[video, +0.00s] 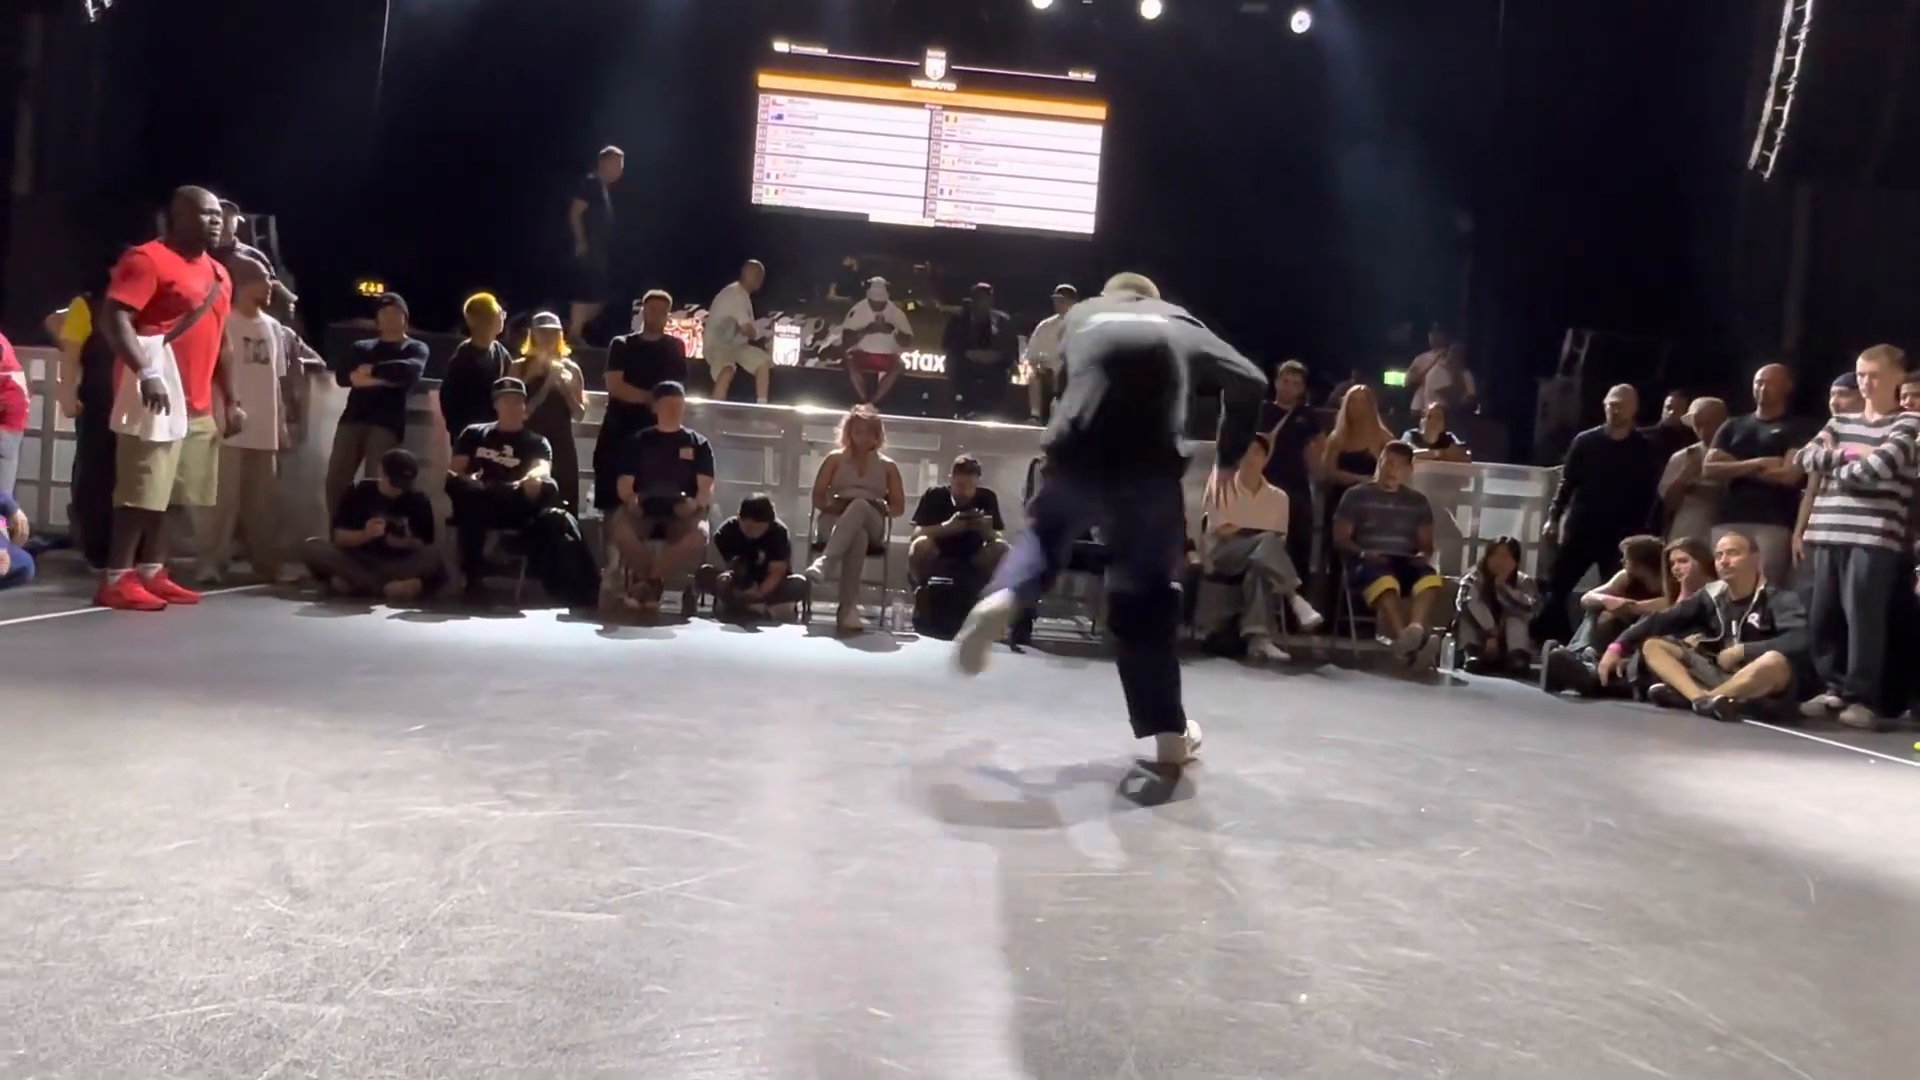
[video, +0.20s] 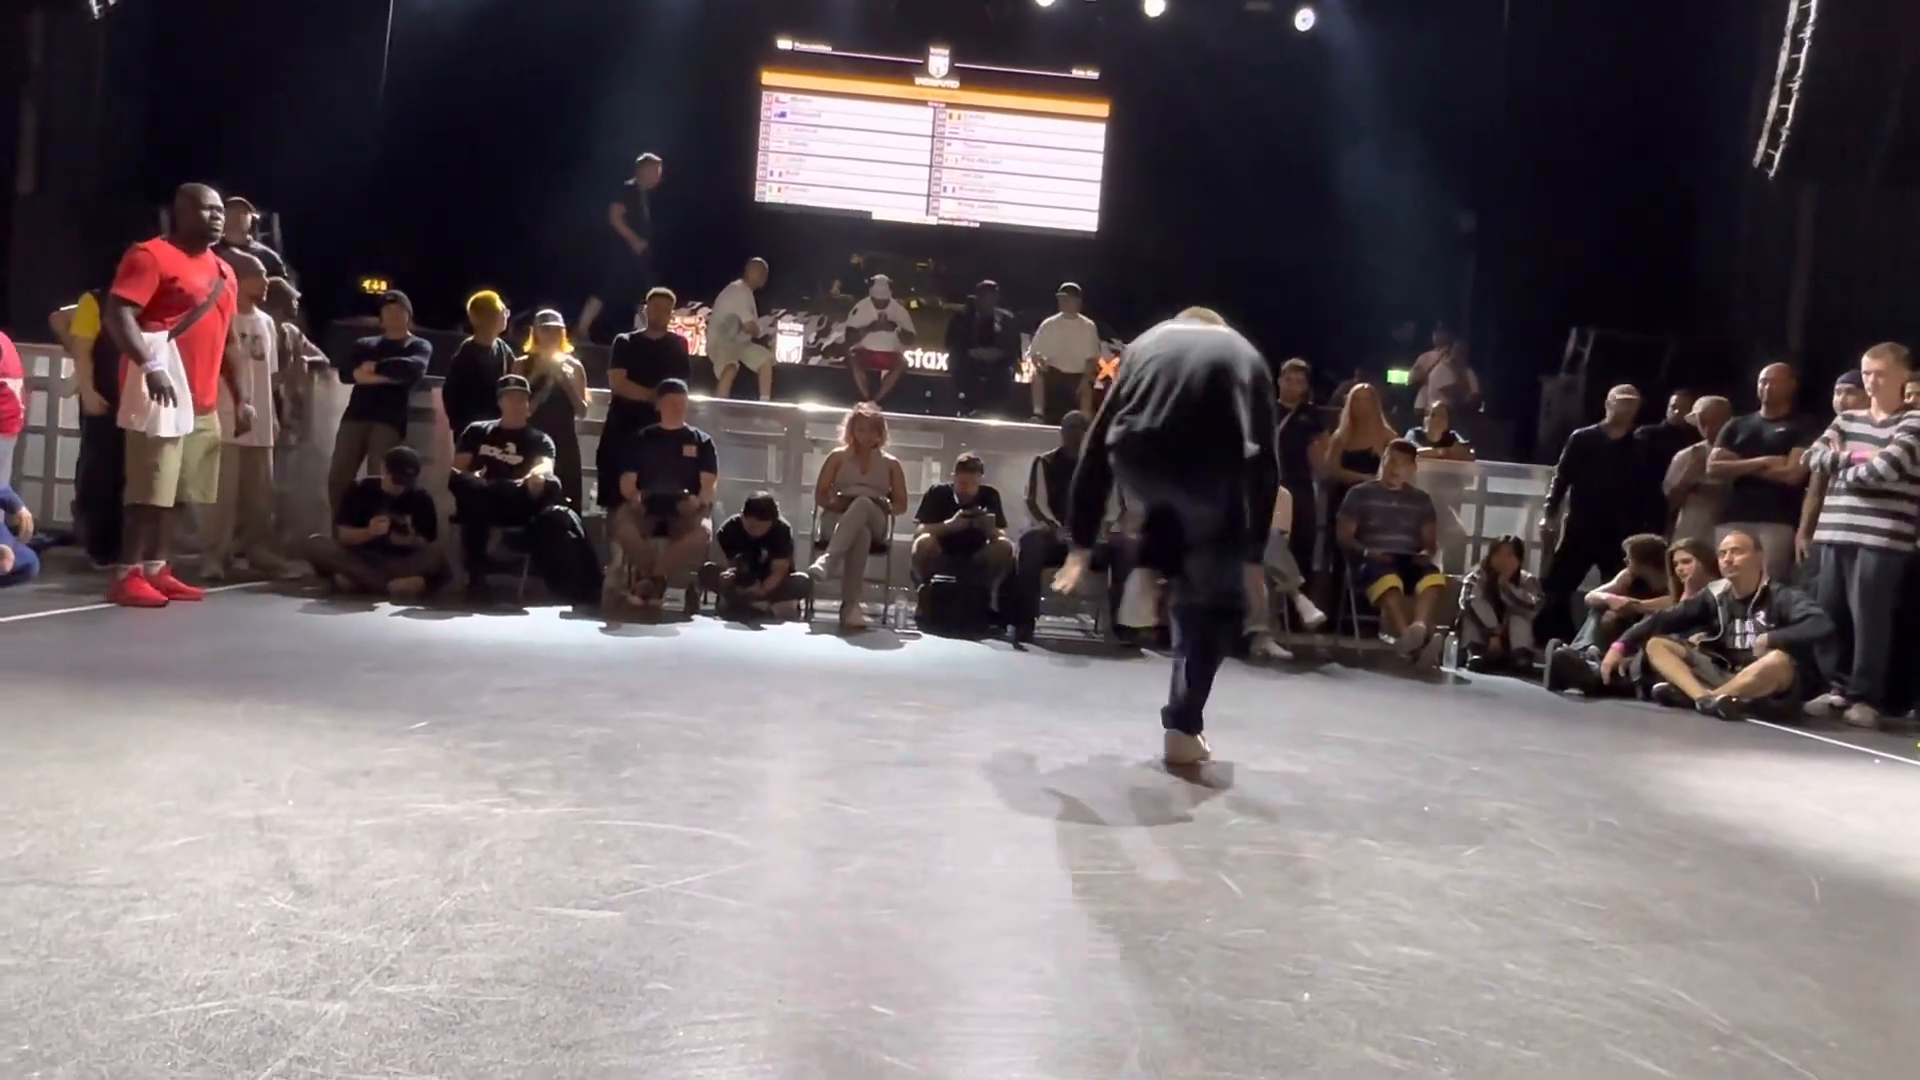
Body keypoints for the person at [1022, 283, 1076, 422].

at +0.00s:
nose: (1062, 305)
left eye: (1066, 301)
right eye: (1058, 300)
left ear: (1074, 303)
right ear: (1054, 302)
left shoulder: (1080, 326)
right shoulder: (1044, 326)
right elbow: (1032, 351)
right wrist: (1037, 364)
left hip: (1071, 367)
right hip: (1047, 366)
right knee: (1035, 376)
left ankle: (1065, 415)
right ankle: (1035, 414)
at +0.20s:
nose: (1064, 302)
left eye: (1069, 299)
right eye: (1062, 298)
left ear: (1078, 302)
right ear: (1058, 301)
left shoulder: (1088, 326)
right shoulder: (1048, 324)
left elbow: (1092, 358)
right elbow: (1033, 351)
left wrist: (1086, 380)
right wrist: (1039, 361)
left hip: (1078, 372)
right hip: (1054, 370)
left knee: (1087, 387)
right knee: (1037, 376)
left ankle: (1085, 424)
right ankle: (1038, 414)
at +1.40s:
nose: (1085, 294)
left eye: (1089, 292)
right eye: (1082, 290)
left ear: (1095, 296)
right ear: (1077, 291)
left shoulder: (1099, 320)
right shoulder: (1060, 315)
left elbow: (1100, 352)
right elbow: (1045, 341)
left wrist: (1096, 375)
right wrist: (1048, 355)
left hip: (1087, 365)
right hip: (1062, 361)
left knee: (1096, 382)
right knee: (1046, 369)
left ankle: (1095, 416)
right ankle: (1047, 406)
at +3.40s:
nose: (1087, 300)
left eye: (1090, 297)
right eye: (1083, 296)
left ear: (1094, 299)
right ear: (1075, 297)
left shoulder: (1099, 323)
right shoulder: (1060, 319)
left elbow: (1100, 354)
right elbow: (1046, 345)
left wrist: (1096, 376)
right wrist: (1048, 358)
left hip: (1087, 367)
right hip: (1063, 364)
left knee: (1096, 381)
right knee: (1047, 372)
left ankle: (1095, 417)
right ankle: (1047, 409)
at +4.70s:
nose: (1067, 301)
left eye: (1071, 297)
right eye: (1063, 297)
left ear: (1076, 301)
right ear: (1056, 299)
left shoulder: (1082, 326)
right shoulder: (1042, 323)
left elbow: (1084, 358)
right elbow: (1030, 351)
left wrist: (1078, 382)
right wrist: (1031, 365)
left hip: (1071, 371)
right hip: (1047, 369)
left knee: (1079, 384)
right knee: (1030, 377)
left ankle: (1079, 419)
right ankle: (1031, 413)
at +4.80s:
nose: (1064, 304)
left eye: (1067, 299)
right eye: (1061, 299)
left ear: (1073, 301)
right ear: (1054, 300)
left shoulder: (1077, 323)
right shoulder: (1039, 323)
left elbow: (1083, 353)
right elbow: (1028, 350)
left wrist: (1081, 375)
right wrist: (1029, 361)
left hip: (1071, 371)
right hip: (1045, 369)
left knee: (1075, 386)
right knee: (1028, 376)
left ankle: (1077, 419)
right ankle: (1029, 412)